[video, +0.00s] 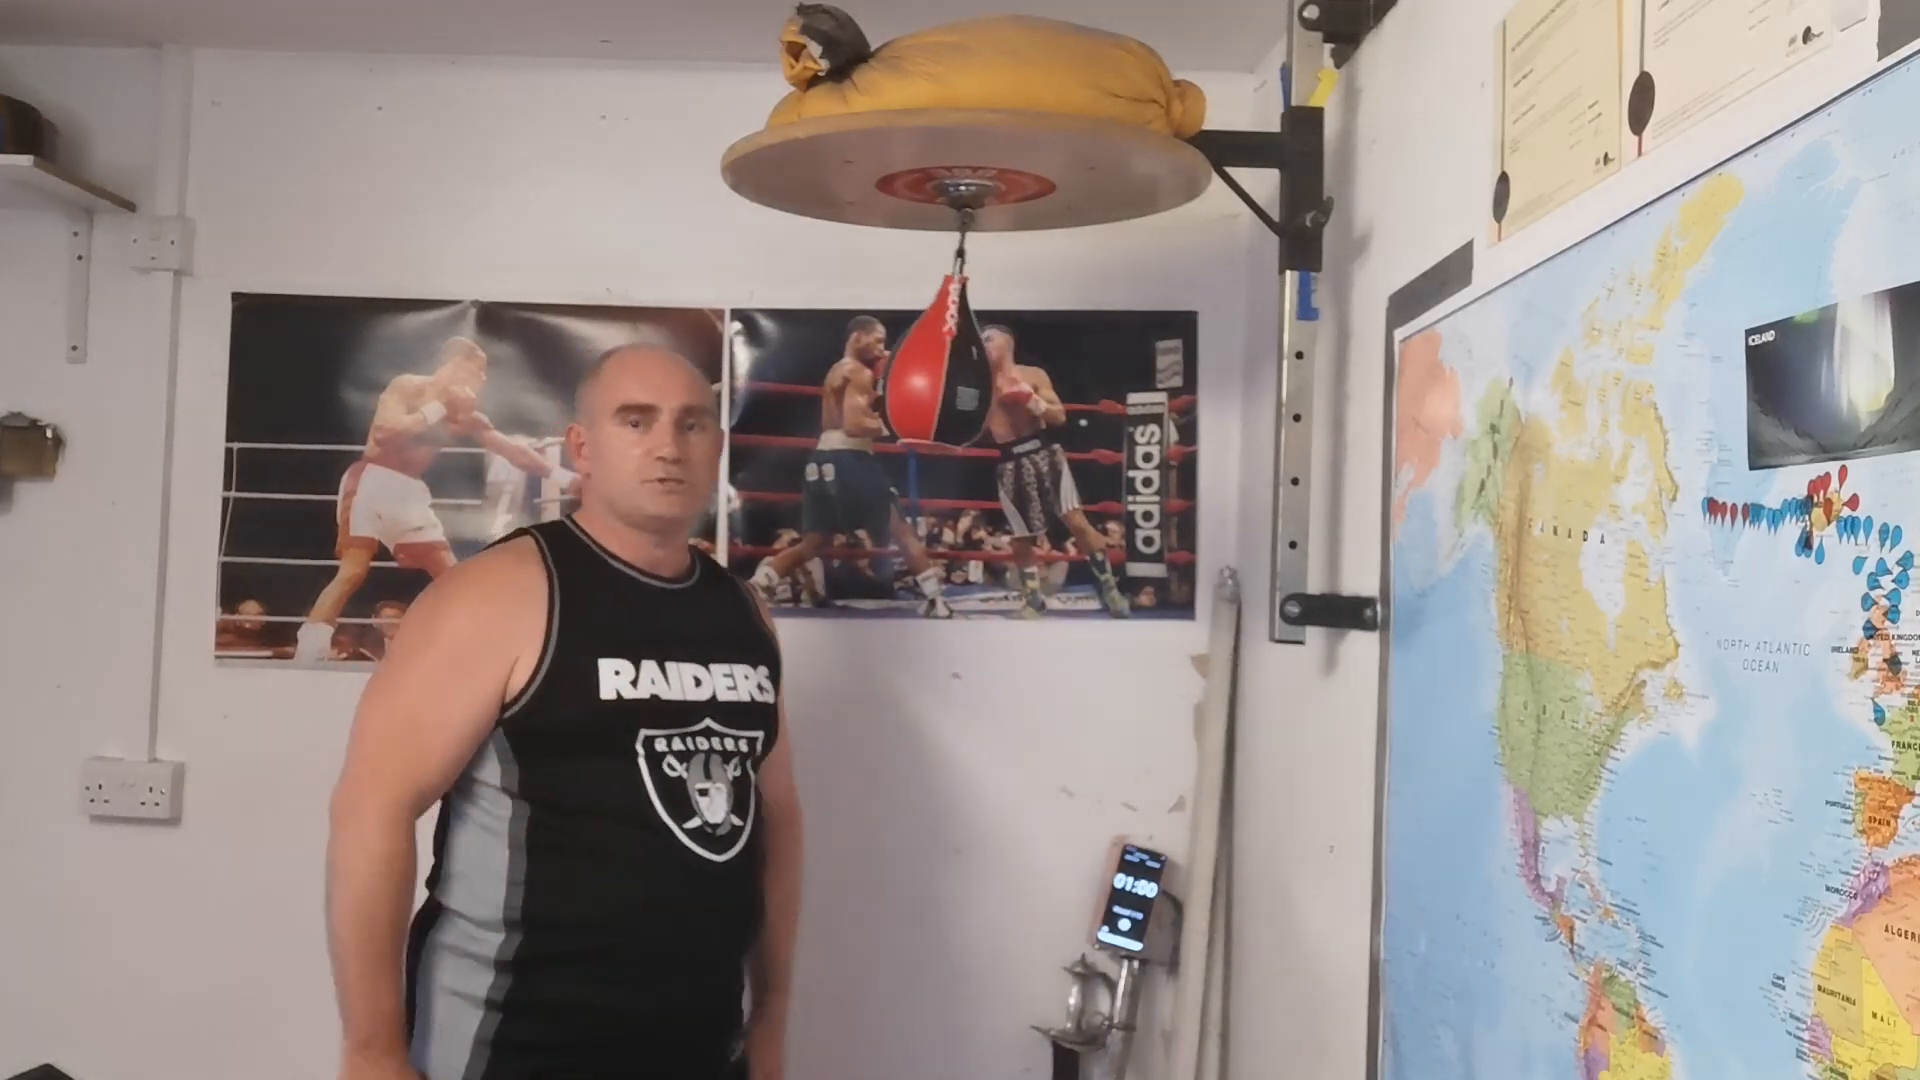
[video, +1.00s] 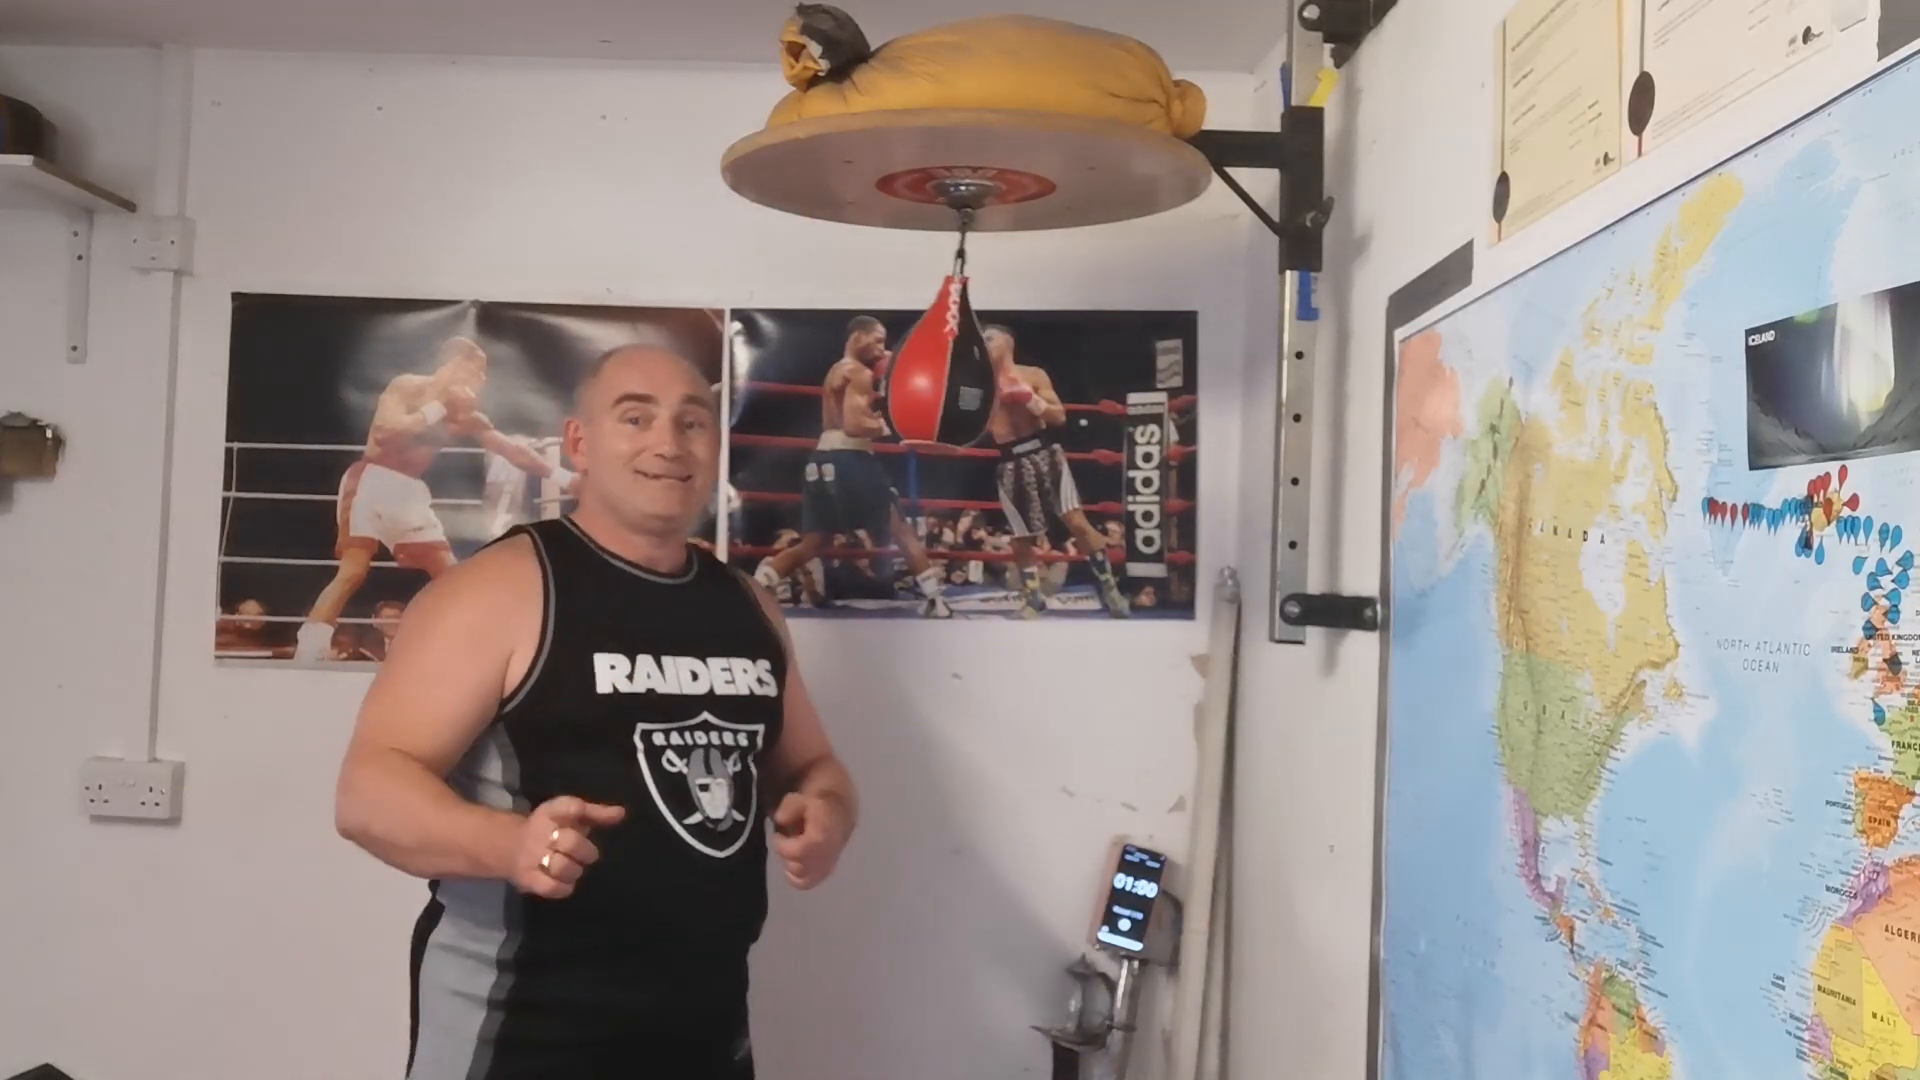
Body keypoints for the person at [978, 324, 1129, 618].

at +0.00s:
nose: (985, 346)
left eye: (991, 340)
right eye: (982, 342)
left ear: (1009, 344)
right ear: (981, 351)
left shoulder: (1034, 375)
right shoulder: (986, 386)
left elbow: (1059, 417)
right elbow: (986, 427)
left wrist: (1033, 401)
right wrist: (963, 445)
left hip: (1046, 457)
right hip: (1011, 465)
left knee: (1075, 522)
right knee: (1021, 538)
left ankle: (1109, 589)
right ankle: (1032, 599)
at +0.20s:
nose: (997, 355)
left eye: (1001, 348)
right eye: (993, 350)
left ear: (1011, 348)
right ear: (986, 353)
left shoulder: (1034, 376)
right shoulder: (983, 384)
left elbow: (1059, 417)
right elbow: (976, 426)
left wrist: (1035, 403)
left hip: (1046, 456)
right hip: (1011, 464)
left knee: (1075, 521)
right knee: (1022, 537)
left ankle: (1109, 588)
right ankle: (1032, 598)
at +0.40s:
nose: (1006, 359)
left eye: (1007, 352)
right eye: (997, 356)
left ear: (1017, 353)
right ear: (989, 363)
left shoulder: (1035, 376)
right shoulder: (985, 386)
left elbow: (1059, 416)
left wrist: (1042, 407)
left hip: (1047, 454)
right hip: (1012, 462)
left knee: (1076, 522)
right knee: (1021, 536)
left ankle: (1109, 590)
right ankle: (1032, 599)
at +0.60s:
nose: (1000, 355)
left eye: (1002, 348)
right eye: (993, 352)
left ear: (1010, 349)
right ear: (986, 361)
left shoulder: (1033, 376)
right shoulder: (984, 388)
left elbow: (1059, 416)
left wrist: (1042, 408)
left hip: (1047, 455)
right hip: (1012, 464)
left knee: (1076, 523)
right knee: (1021, 536)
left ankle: (1110, 590)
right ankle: (1032, 599)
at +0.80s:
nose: (994, 353)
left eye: (998, 346)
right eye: (990, 348)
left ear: (1010, 346)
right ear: (984, 352)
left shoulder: (1034, 375)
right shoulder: (982, 383)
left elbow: (1059, 416)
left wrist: (1033, 401)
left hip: (1045, 456)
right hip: (1011, 464)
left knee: (1076, 522)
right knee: (1022, 537)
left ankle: (1109, 588)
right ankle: (1031, 598)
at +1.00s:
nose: (986, 346)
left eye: (992, 339)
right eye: (983, 341)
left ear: (1009, 343)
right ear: (981, 350)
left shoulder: (1033, 375)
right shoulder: (982, 385)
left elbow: (1059, 416)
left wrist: (1031, 399)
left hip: (1046, 456)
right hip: (1011, 465)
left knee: (1076, 522)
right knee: (1021, 539)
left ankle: (1109, 588)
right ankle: (1032, 598)